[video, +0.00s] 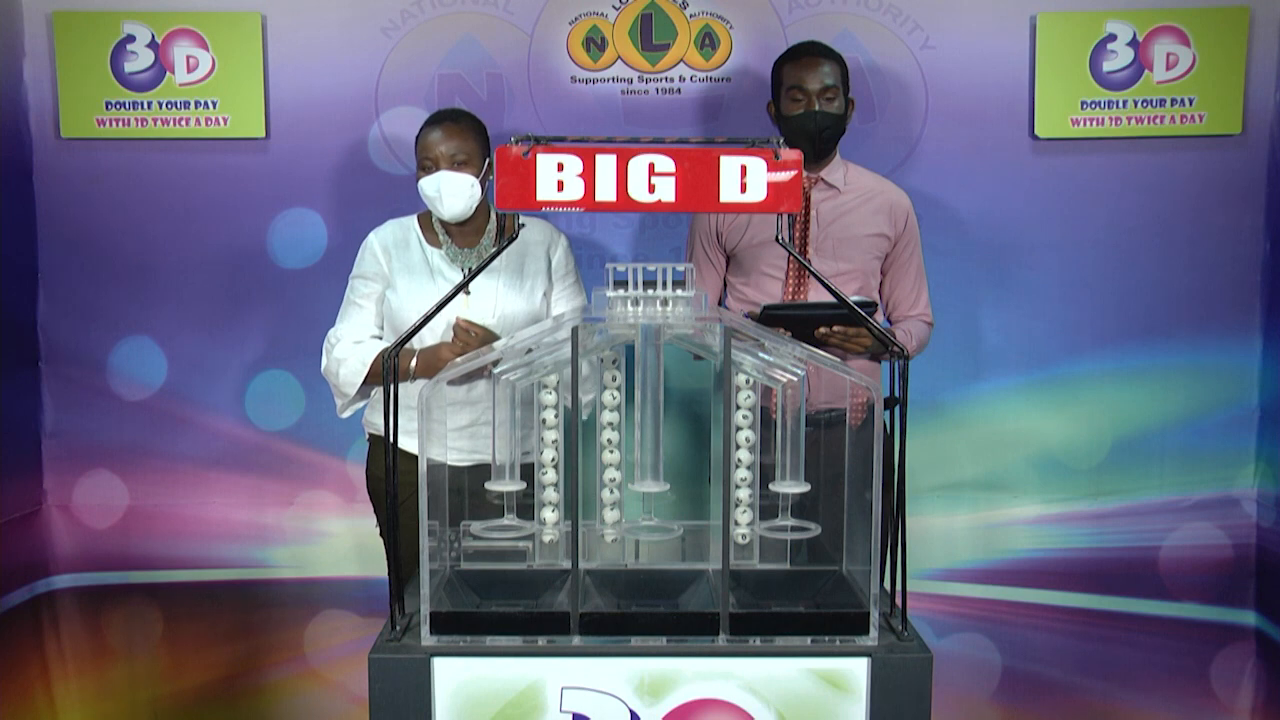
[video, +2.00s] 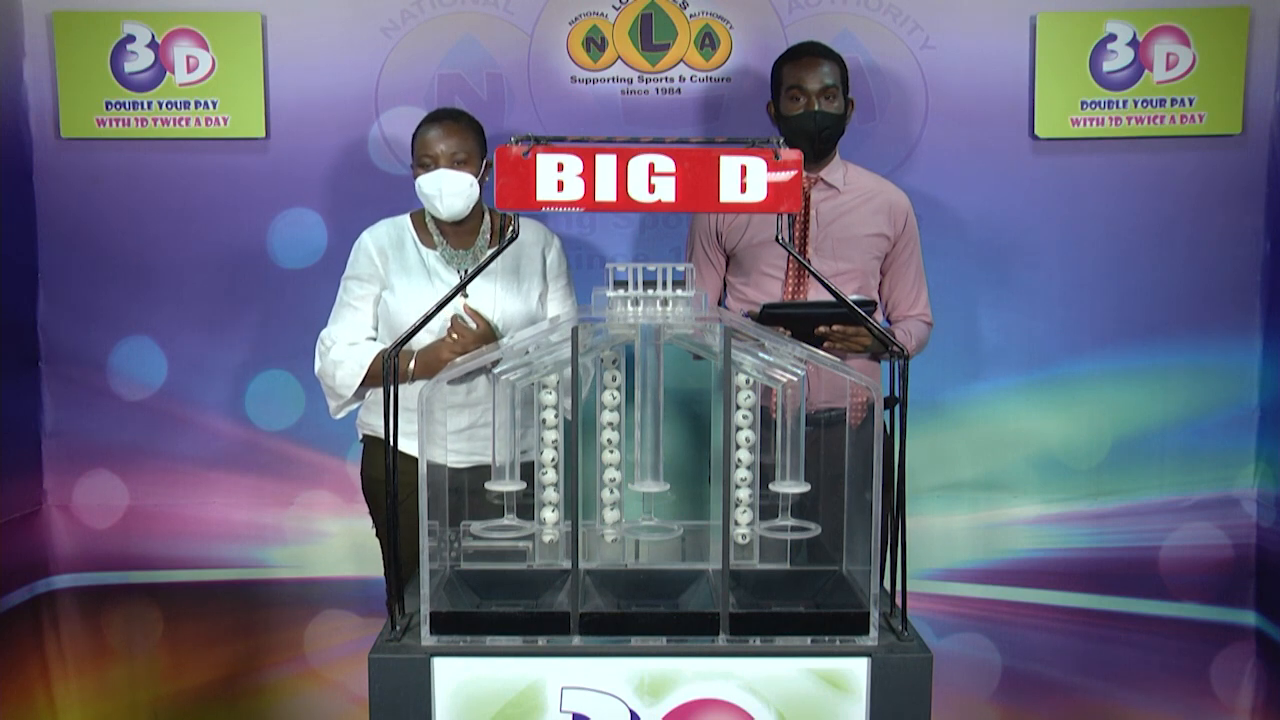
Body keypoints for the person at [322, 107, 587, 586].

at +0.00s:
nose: (445, 180)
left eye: (459, 164)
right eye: (430, 167)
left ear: (487, 167)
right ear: (417, 174)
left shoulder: (543, 245)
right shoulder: (386, 247)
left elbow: (576, 360)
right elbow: (343, 359)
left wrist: (502, 355)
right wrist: (426, 360)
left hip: (513, 463)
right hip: (409, 464)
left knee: (506, 615)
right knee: (417, 615)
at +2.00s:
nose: (445, 179)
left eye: (459, 163)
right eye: (430, 166)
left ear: (483, 166)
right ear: (415, 171)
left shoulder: (537, 246)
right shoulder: (379, 246)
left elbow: (566, 354)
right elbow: (336, 360)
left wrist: (500, 352)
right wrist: (417, 362)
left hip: (507, 461)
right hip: (405, 461)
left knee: (502, 617)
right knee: (416, 616)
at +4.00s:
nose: (444, 180)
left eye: (459, 164)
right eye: (430, 165)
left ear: (486, 167)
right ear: (417, 169)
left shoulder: (539, 247)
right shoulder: (382, 248)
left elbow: (568, 361)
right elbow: (338, 360)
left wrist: (494, 359)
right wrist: (414, 361)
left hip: (507, 466)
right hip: (404, 466)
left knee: (502, 619)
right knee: (416, 618)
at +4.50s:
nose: (449, 174)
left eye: (465, 160)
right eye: (436, 159)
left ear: (492, 167)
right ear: (422, 164)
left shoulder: (538, 247)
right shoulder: (381, 248)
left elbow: (567, 362)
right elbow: (337, 360)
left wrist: (494, 360)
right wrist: (415, 362)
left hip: (506, 465)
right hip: (404, 465)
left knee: (500, 618)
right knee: (415, 616)